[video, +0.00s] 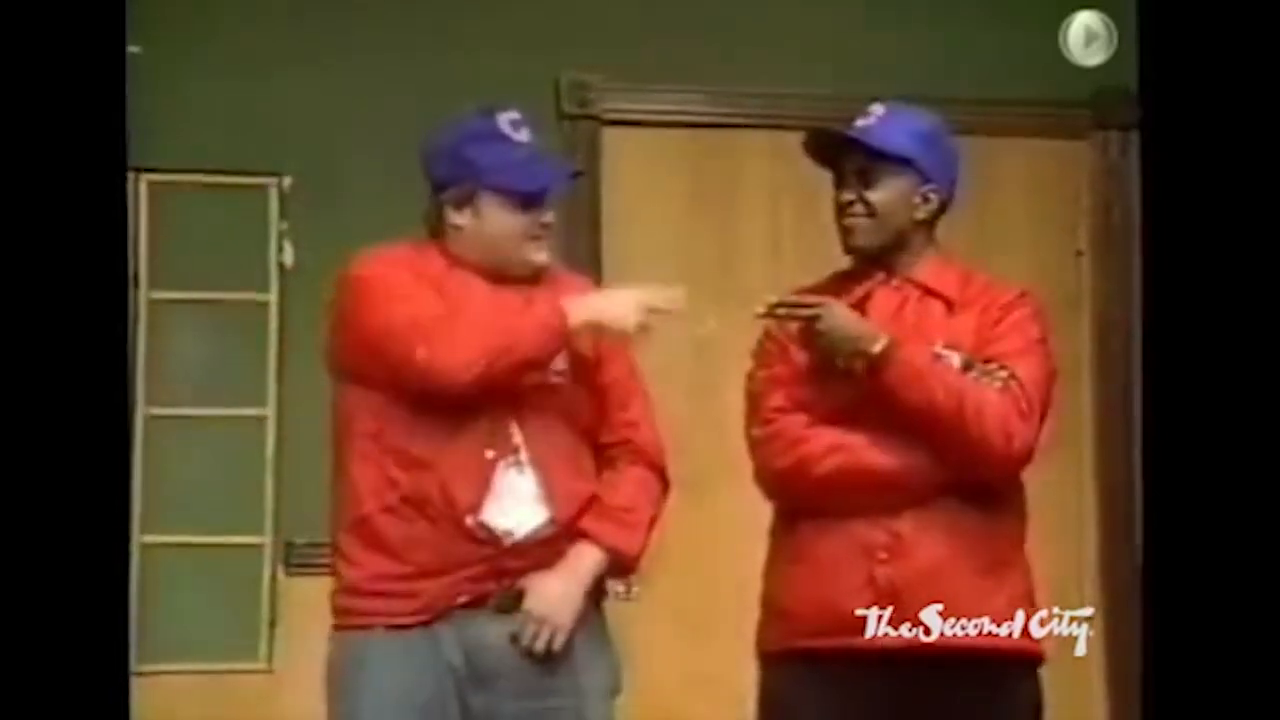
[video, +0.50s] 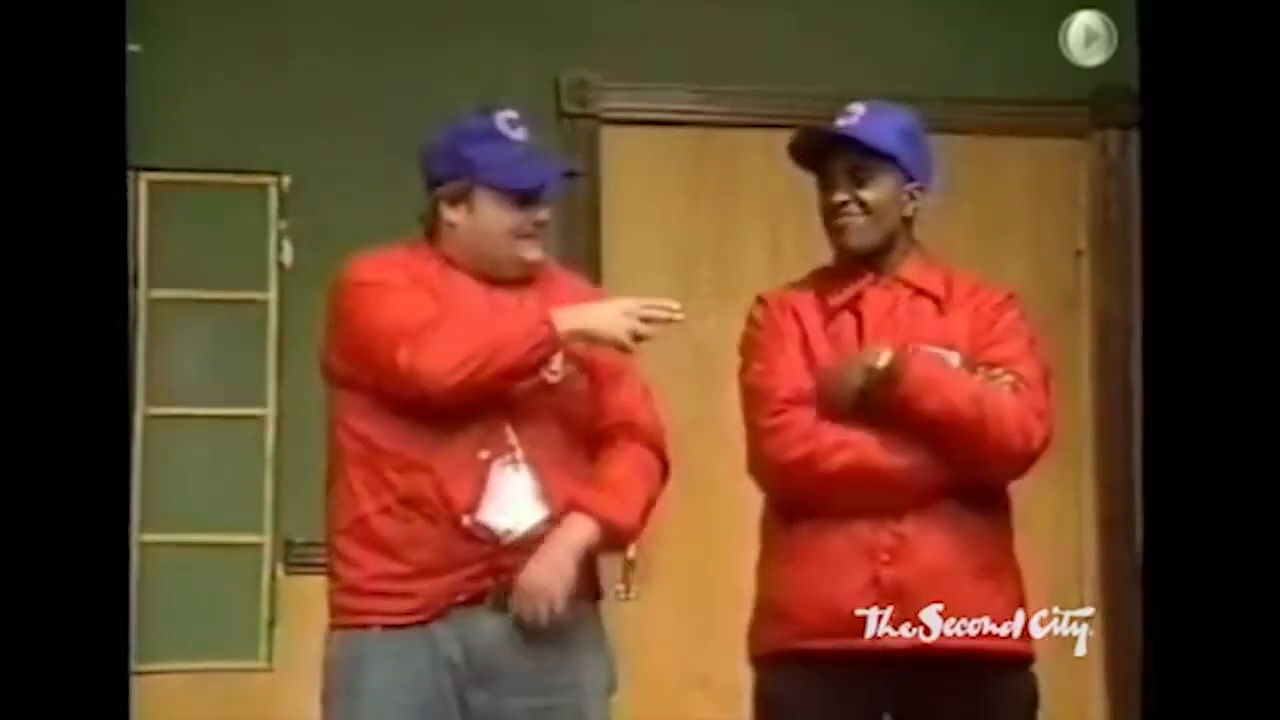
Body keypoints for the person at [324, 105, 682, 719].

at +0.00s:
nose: (547, 217)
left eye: (547, 201)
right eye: (525, 203)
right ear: (459, 211)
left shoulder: (574, 298)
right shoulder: (379, 283)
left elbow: (638, 457)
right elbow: (450, 360)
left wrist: (577, 571)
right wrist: (574, 317)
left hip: (545, 623)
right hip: (397, 634)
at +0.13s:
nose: (546, 219)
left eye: (548, 203)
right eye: (525, 205)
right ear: (458, 213)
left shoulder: (570, 300)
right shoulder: (378, 281)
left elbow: (636, 458)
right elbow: (450, 356)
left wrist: (579, 573)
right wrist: (582, 307)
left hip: (544, 624)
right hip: (397, 636)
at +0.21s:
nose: (546, 218)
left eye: (548, 202)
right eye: (525, 203)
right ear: (457, 211)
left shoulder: (568, 299)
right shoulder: (378, 281)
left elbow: (635, 457)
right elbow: (449, 359)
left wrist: (578, 572)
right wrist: (583, 313)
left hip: (544, 625)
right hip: (397, 636)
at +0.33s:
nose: (545, 218)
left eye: (547, 202)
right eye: (524, 204)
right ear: (456, 211)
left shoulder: (566, 298)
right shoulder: (377, 281)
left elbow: (634, 457)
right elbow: (442, 363)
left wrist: (576, 571)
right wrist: (580, 314)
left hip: (543, 626)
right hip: (395, 636)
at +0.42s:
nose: (543, 217)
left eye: (545, 201)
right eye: (522, 202)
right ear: (454, 209)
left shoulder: (567, 297)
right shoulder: (375, 282)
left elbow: (633, 455)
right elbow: (439, 368)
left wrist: (575, 568)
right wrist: (573, 318)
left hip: (544, 624)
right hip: (395, 635)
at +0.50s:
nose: (541, 215)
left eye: (544, 199)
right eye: (520, 200)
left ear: (552, 200)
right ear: (453, 208)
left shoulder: (569, 296)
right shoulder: (374, 283)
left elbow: (637, 441)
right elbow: (433, 370)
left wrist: (570, 540)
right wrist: (561, 322)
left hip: (547, 625)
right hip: (394, 633)